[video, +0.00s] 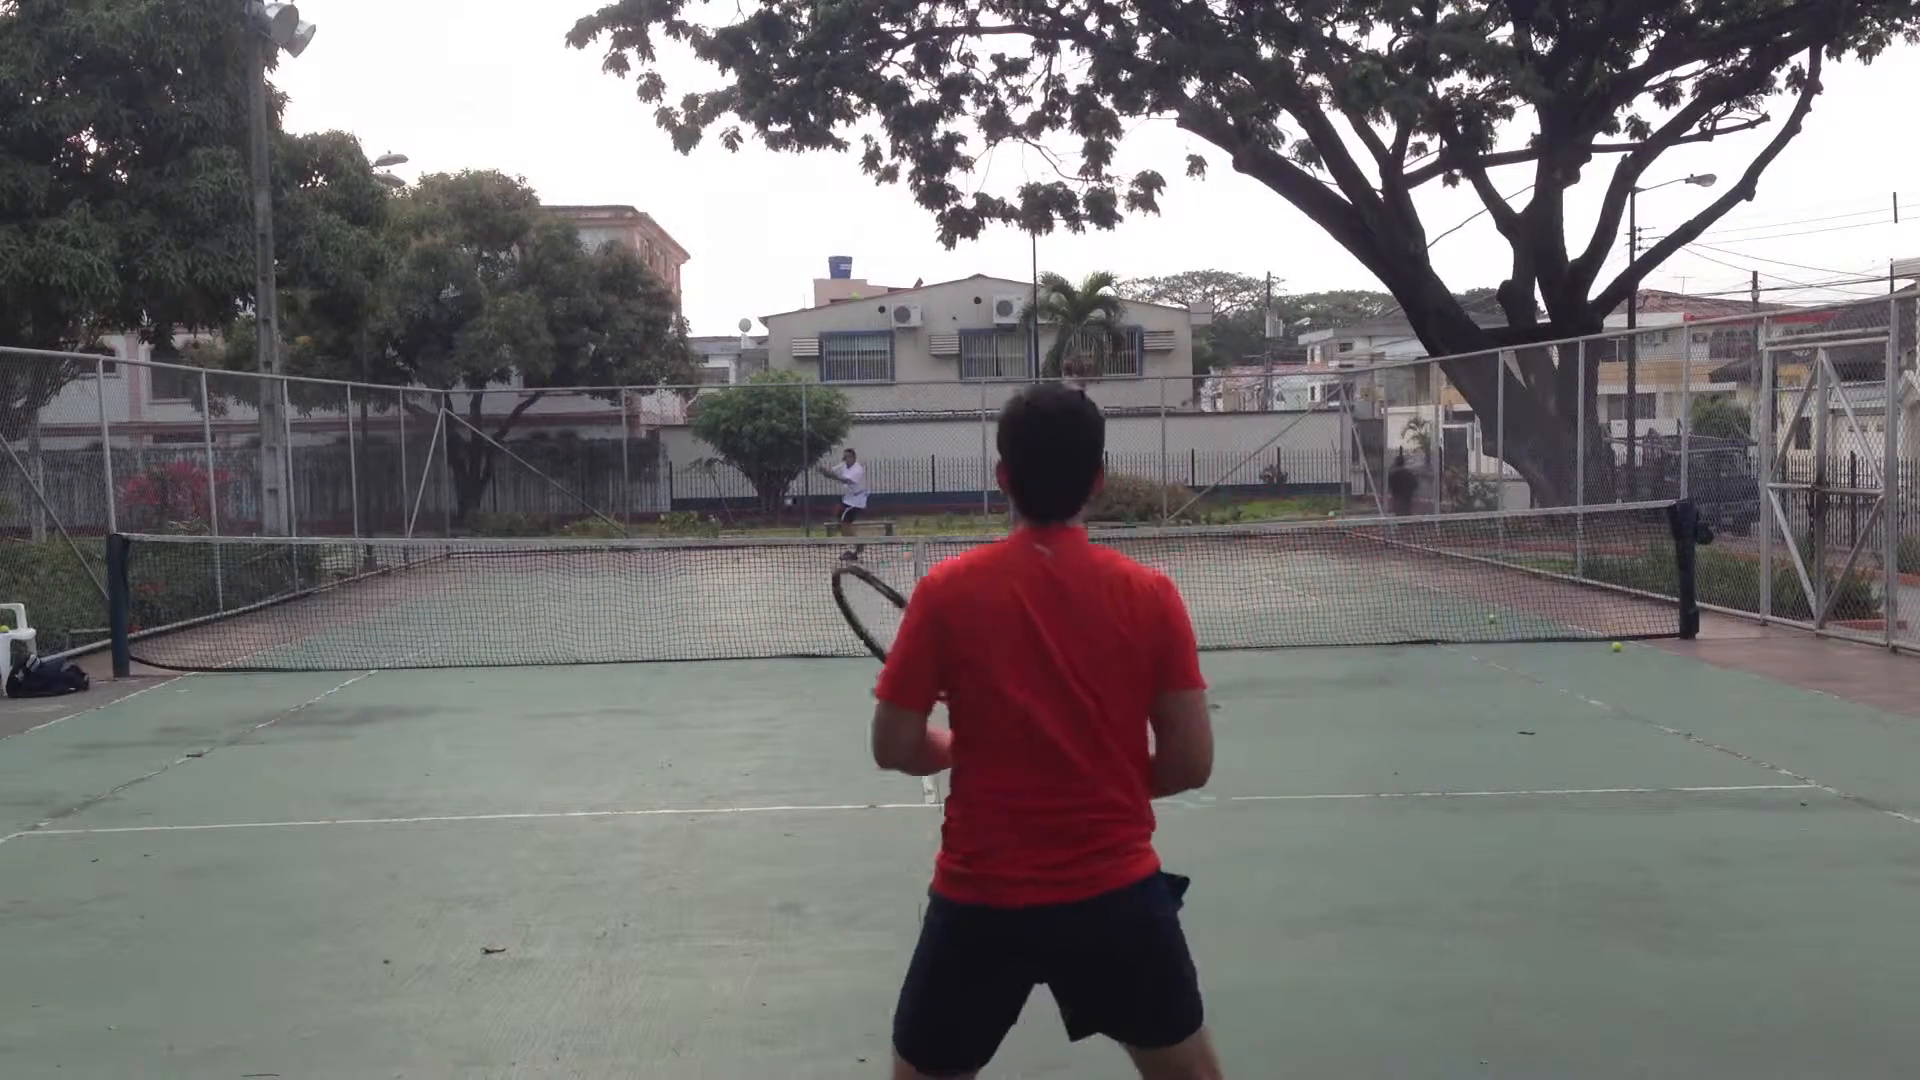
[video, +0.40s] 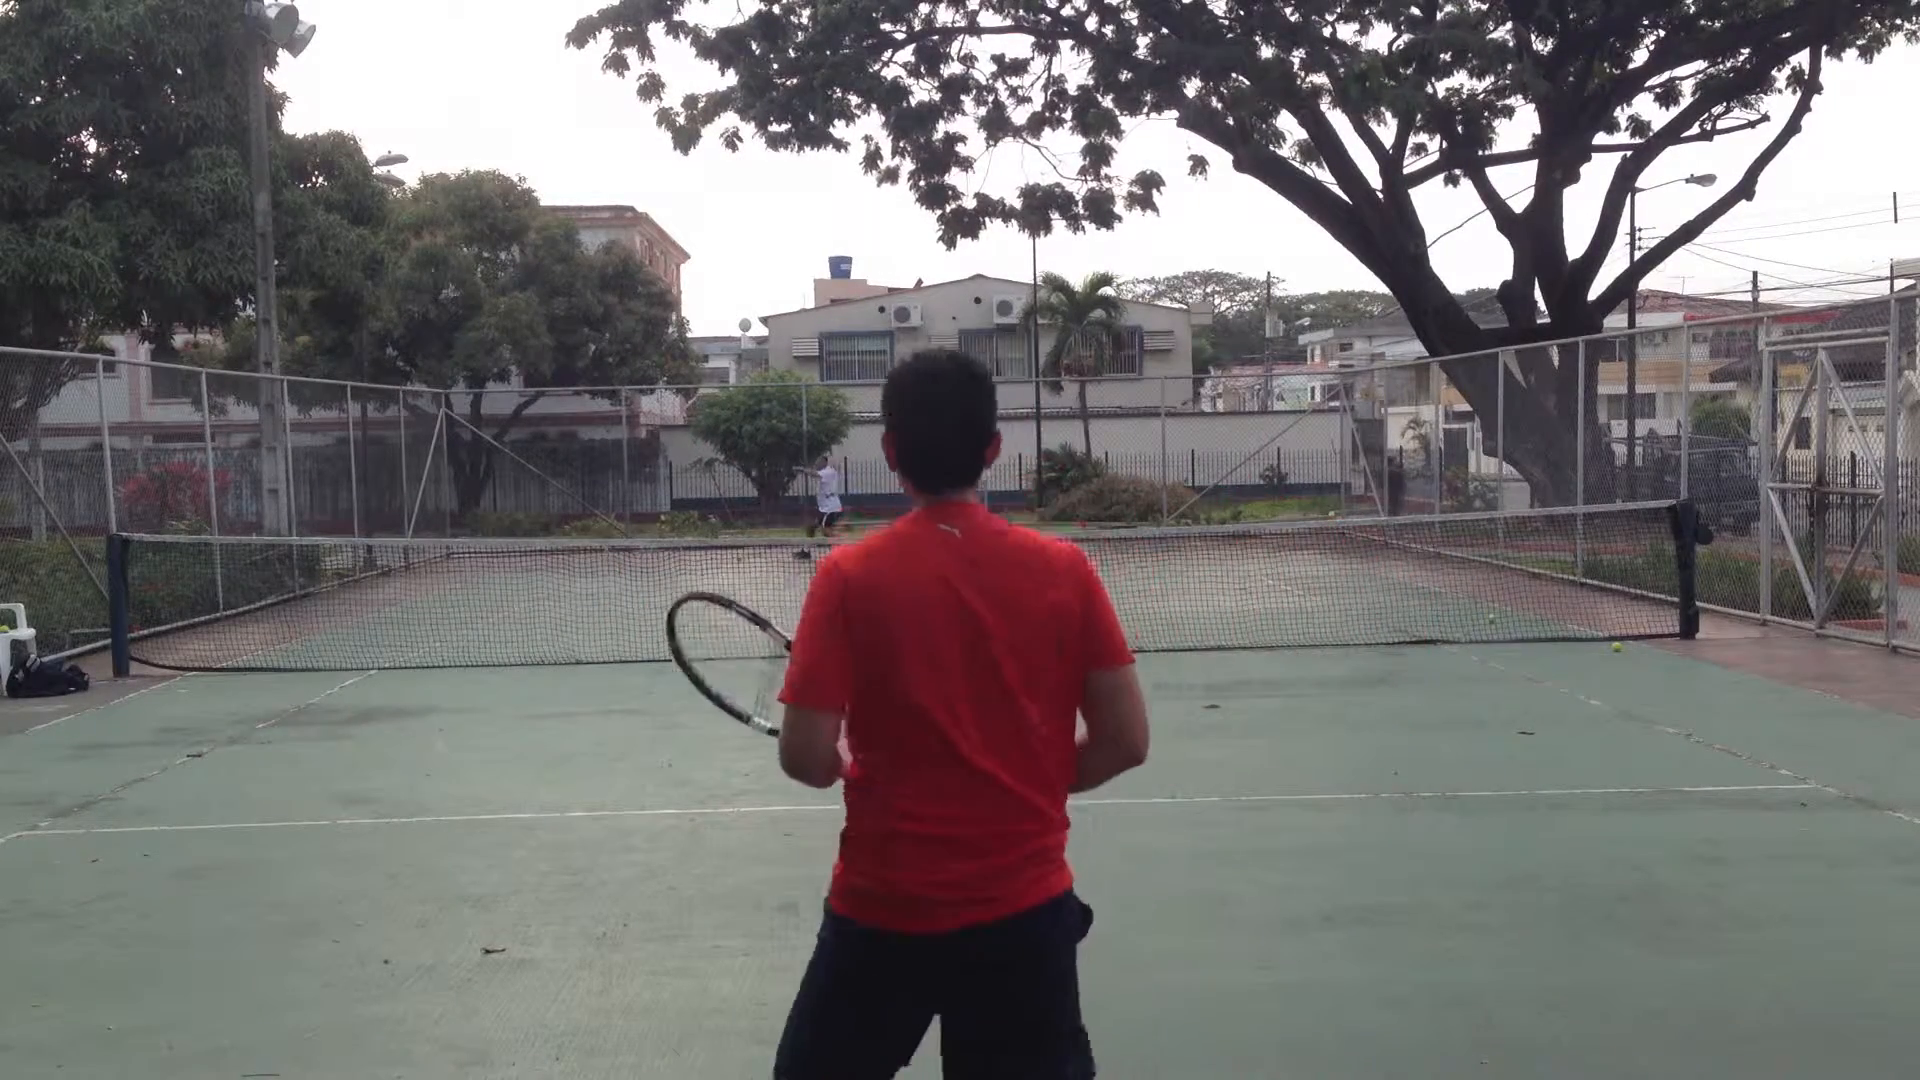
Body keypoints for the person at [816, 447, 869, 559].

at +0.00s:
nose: (846, 460)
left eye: (848, 457)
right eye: (845, 457)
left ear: (854, 458)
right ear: (844, 458)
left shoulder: (858, 470)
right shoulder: (844, 466)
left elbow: (847, 480)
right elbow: (833, 472)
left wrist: (828, 474)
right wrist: (824, 471)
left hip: (857, 500)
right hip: (848, 498)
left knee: (844, 523)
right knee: (842, 522)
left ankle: (854, 548)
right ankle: (858, 542)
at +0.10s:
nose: (840, 462)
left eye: (843, 460)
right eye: (838, 460)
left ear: (847, 461)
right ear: (836, 461)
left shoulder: (850, 472)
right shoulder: (839, 469)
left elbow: (835, 481)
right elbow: (832, 479)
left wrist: (819, 473)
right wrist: (821, 479)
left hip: (851, 503)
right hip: (843, 502)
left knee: (837, 523)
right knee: (831, 521)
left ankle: (849, 548)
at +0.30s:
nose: (825, 464)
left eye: (827, 461)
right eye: (825, 461)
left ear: (832, 462)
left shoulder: (834, 473)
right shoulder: (833, 472)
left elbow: (823, 478)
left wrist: (810, 473)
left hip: (836, 507)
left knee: (827, 529)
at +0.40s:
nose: (816, 463)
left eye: (819, 461)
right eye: (817, 461)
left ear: (824, 462)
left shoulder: (829, 472)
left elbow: (815, 474)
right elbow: (814, 472)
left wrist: (802, 470)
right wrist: (803, 470)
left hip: (832, 508)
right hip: (823, 508)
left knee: (826, 530)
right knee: (811, 529)